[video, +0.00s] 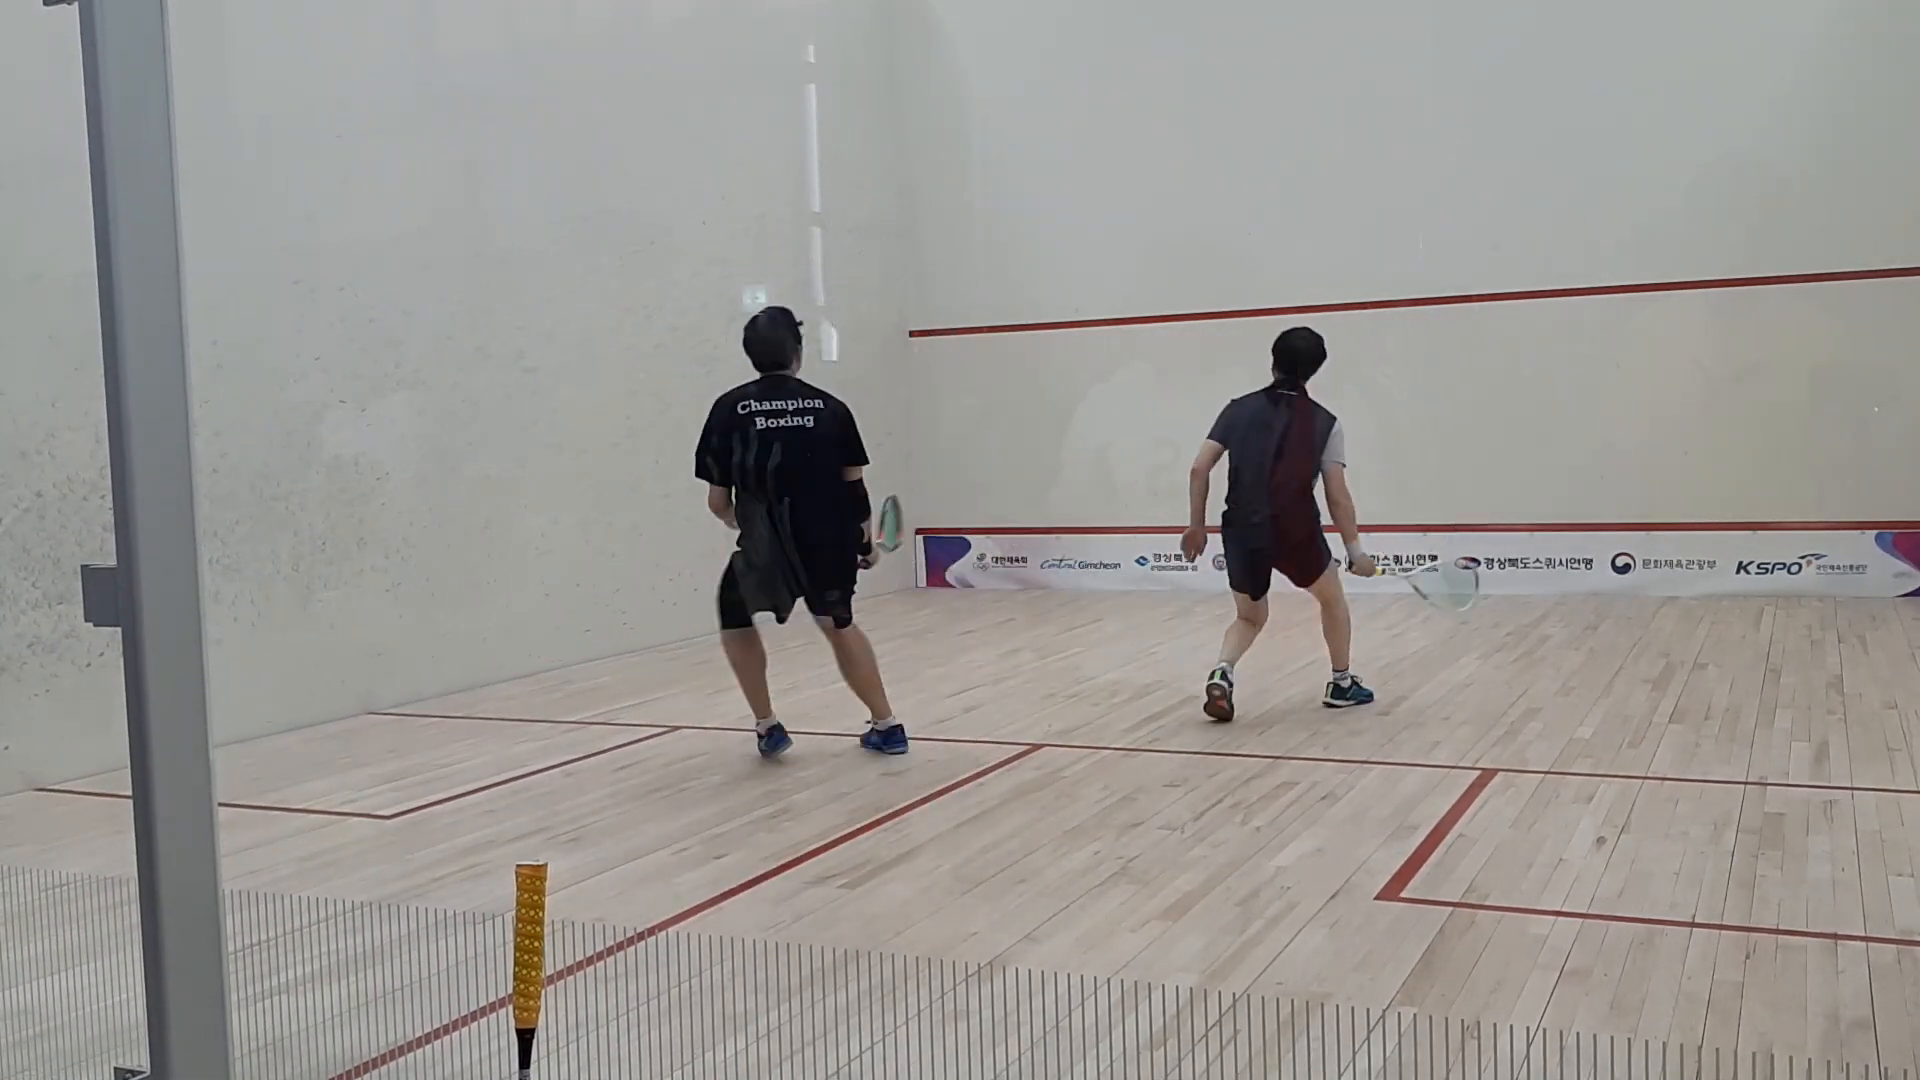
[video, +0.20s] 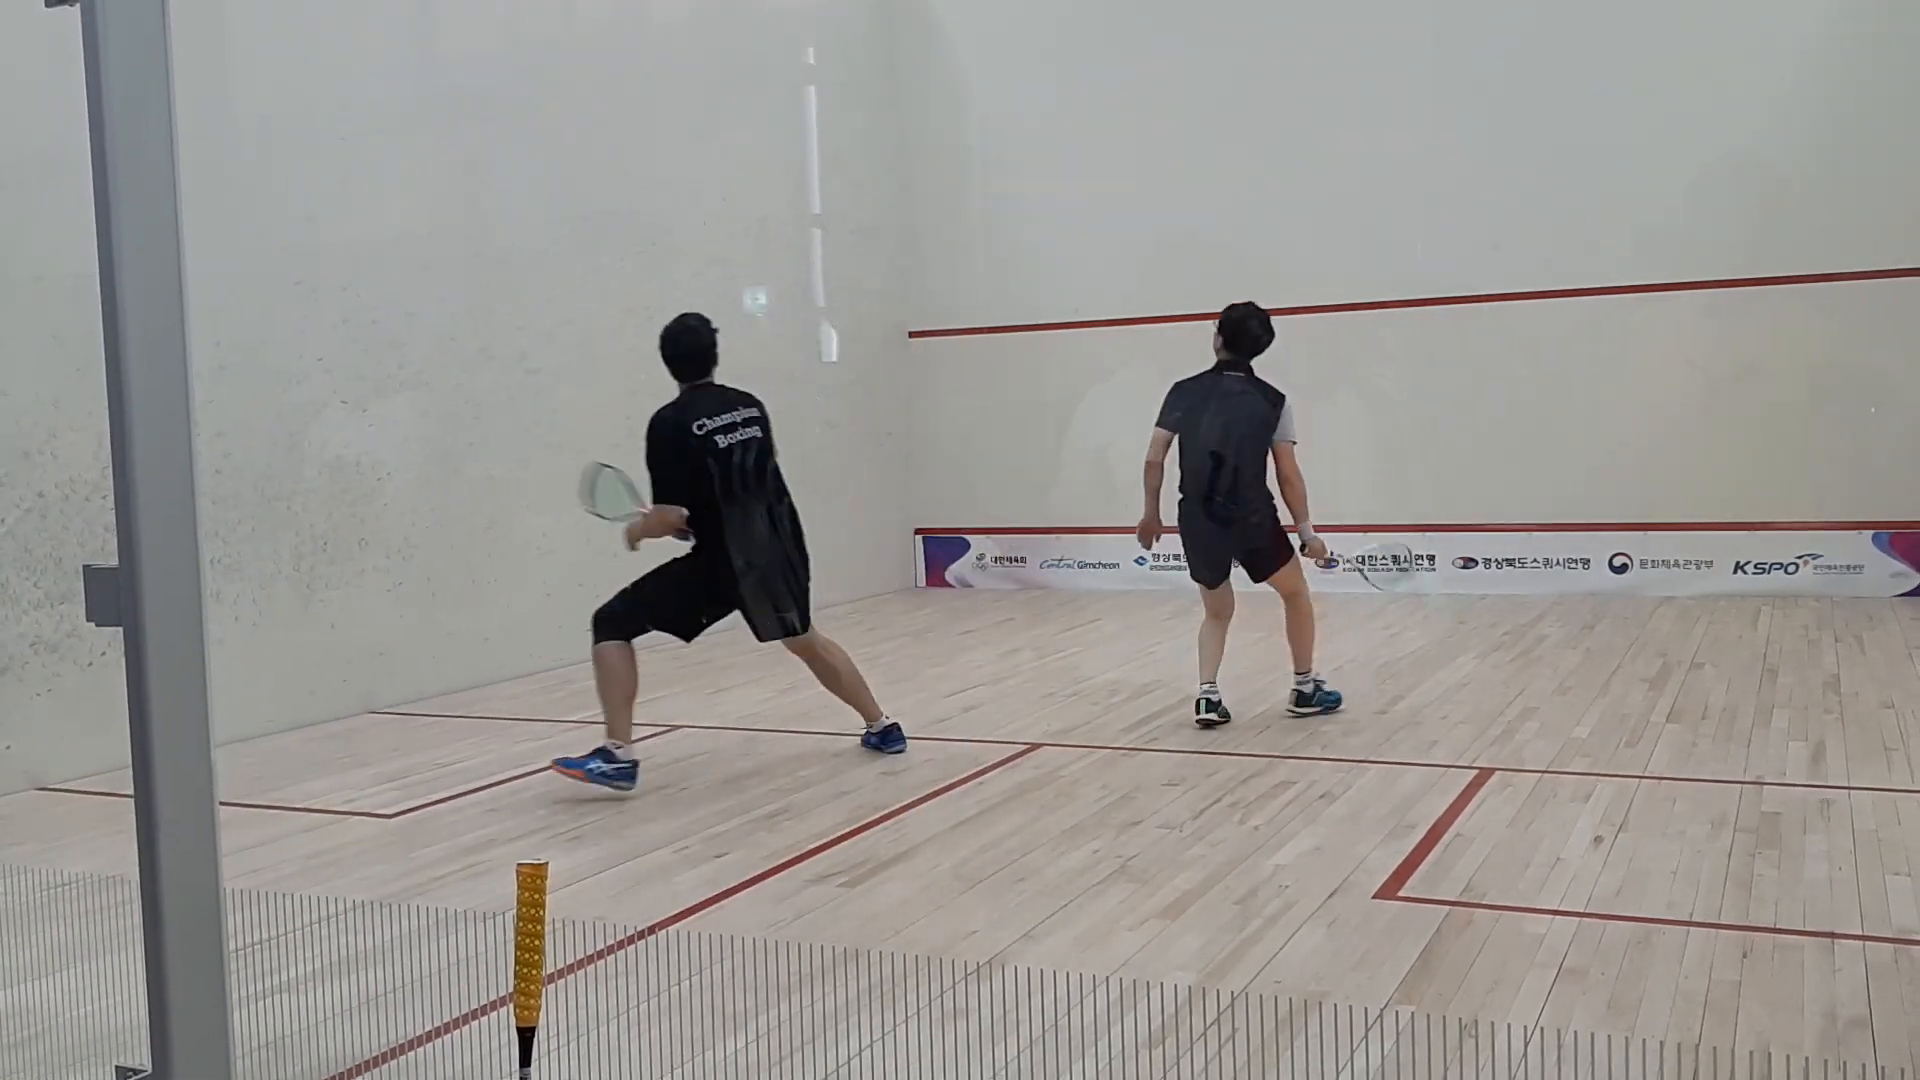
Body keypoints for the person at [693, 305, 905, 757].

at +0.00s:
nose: (800, 348)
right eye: (799, 343)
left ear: (748, 355)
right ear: (797, 351)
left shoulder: (729, 409)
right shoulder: (830, 408)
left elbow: (719, 503)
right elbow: (854, 483)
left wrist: (747, 523)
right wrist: (865, 537)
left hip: (766, 548)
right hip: (828, 543)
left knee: (733, 604)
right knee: (840, 623)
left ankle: (767, 726)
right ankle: (887, 724)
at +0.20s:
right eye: (708, 347)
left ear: (667, 362)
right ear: (715, 355)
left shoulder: (669, 423)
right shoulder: (750, 406)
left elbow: (672, 517)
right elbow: (745, 489)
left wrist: (640, 529)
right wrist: (676, 515)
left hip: (719, 563)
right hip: (779, 552)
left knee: (610, 624)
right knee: (803, 637)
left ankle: (618, 753)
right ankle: (881, 724)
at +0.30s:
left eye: (601, 339)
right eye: (636, 334)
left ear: (597, 348)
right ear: (647, 343)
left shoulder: (604, 417)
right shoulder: (675, 390)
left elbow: (594, 510)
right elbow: (654, 466)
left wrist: (543, 536)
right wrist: (584, 485)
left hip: (666, 563)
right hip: (721, 550)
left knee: (559, 641)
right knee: (754, 645)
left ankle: (596, 773)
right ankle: (846, 715)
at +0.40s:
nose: (527, 354)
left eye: (524, 347)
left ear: (526, 355)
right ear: (575, 345)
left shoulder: (541, 427)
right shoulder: (601, 389)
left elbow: (510, 522)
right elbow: (561, 464)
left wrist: (446, 543)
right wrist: (473, 467)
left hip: (607, 570)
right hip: (655, 551)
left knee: (515, 658)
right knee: (629, 657)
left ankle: (589, 779)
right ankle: (753, 704)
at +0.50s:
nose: (451, 361)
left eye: (450, 353)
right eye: (456, 353)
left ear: (453, 358)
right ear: (502, 347)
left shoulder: (485, 429)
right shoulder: (523, 391)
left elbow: (440, 522)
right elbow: (457, 466)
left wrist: (373, 542)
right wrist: (377, 464)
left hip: (558, 564)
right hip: (581, 548)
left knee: (485, 679)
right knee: (487, 648)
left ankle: (587, 778)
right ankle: (585, 732)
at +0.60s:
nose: (373, 352)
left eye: (375, 344)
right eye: (379, 342)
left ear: (381, 354)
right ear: (430, 344)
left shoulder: (415, 422)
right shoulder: (443, 388)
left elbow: (382, 516)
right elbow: (376, 467)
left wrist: (318, 527)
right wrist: (305, 470)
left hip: (494, 573)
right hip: (464, 557)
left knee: (449, 705)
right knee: (358, 634)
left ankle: (577, 765)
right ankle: (352, 779)